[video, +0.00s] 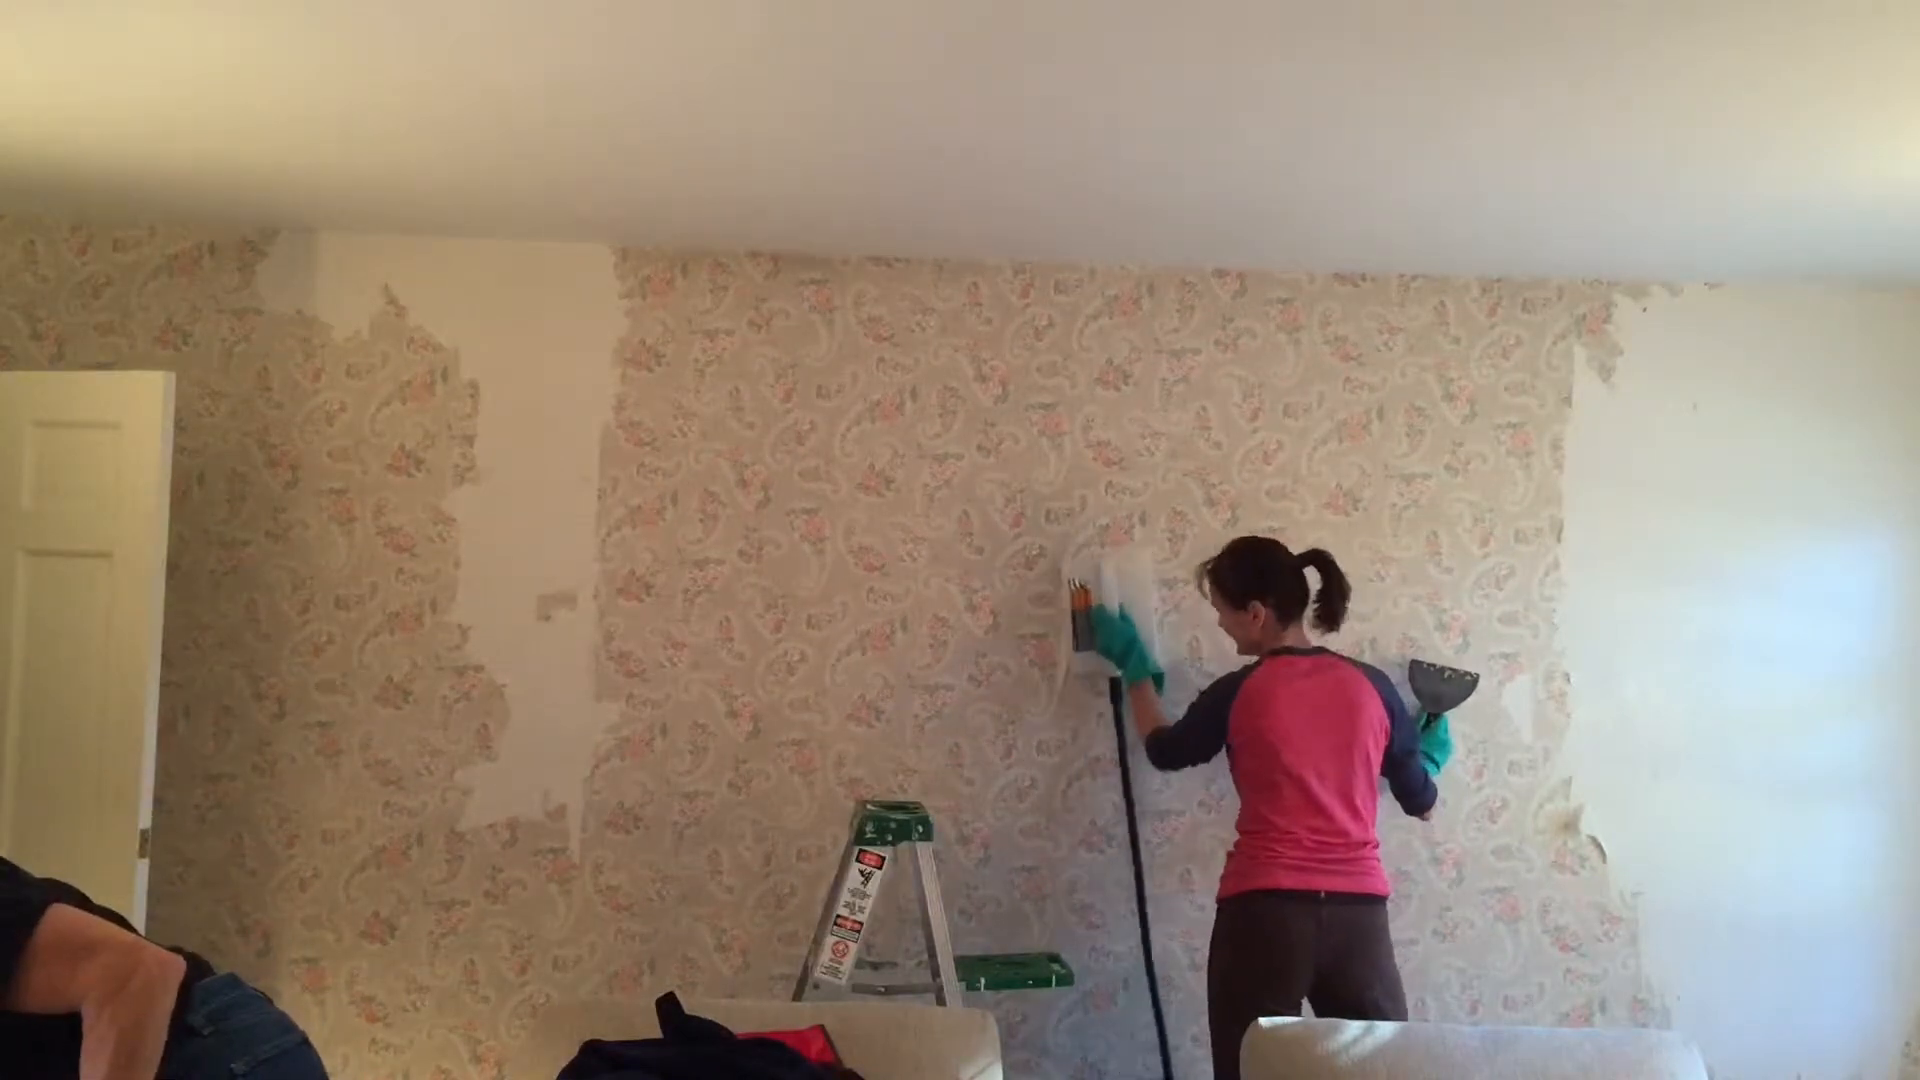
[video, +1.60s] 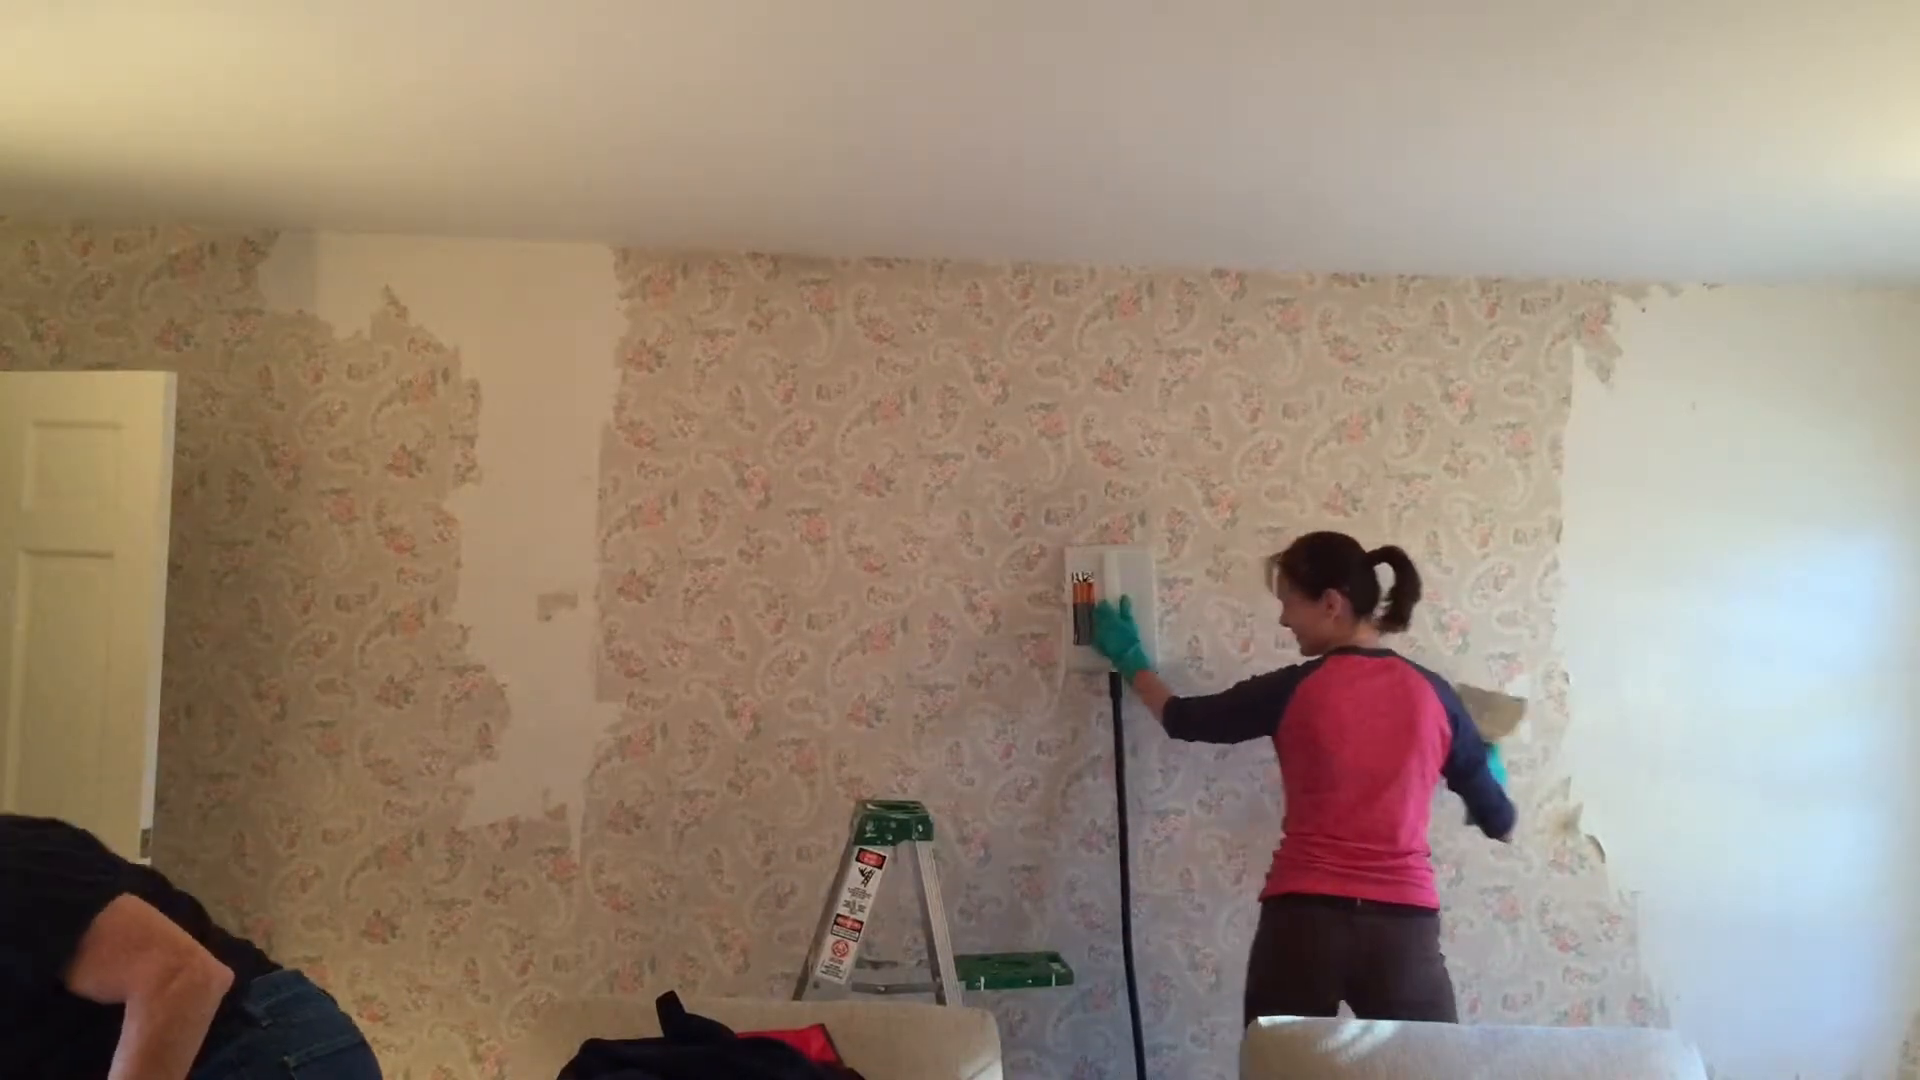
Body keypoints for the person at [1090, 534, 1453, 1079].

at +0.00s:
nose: (1218, 622)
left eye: (1221, 609)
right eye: (1216, 609)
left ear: (1257, 613)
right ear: (1296, 607)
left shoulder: (1239, 690)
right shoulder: (1374, 688)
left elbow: (1164, 750)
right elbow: (1418, 799)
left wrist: (1135, 672)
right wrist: (1430, 755)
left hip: (1261, 923)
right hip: (1359, 925)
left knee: (1247, 1074)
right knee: (1384, 1073)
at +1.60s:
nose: (1282, 618)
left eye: (1289, 601)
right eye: (1282, 601)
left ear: (1332, 604)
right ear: (1339, 604)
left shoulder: (1295, 687)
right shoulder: (1434, 694)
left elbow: (1182, 718)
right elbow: (1500, 820)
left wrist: (1130, 659)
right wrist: (1485, 769)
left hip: (1298, 931)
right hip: (1402, 939)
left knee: (1276, 1067)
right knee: (1431, 1075)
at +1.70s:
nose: (1303, 616)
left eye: (1310, 600)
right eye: (1304, 600)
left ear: (1353, 604)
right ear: (1369, 603)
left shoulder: (1314, 686)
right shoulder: (1458, 693)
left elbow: (1194, 710)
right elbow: (1529, 818)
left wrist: (1128, 655)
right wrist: (1533, 784)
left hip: (1324, 928)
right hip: (1428, 935)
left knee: (1292, 1073)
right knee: (1453, 1076)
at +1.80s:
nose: (1330, 617)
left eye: (1334, 603)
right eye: (1329, 603)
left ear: (1373, 604)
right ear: (1401, 605)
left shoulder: (1336, 687)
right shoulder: (1481, 695)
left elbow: (1211, 706)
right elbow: (1556, 814)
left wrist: (1137, 658)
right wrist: (1578, 797)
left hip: (1357, 933)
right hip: (1461, 938)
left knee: (1319, 1069)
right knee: (1483, 1074)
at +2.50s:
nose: (1387, 597)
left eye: (1389, 585)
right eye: (1394, 582)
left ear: (1395, 597)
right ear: (1464, 600)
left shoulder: (1357, 690)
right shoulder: (1506, 693)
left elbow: (1232, 723)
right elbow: (1576, 808)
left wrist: (1163, 659)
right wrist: (1593, 779)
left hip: (1397, 933)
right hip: (1502, 931)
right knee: (1531, 1079)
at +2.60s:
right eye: (1474, 602)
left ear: (1398, 608)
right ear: (1467, 612)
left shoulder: (1361, 697)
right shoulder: (1509, 699)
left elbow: (1246, 741)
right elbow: (1557, 811)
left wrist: (1196, 670)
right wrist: (1577, 777)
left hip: (1402, 942)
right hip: (1507, 939)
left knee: (1391, 1077)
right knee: (1545, 1077)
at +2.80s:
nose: (1501, 640)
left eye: (1501, 628)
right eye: (1501, 629)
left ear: (1429, 630)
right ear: (1488, 633)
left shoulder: (1382, 712)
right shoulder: (1528, 721)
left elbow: (1285, 767)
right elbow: (1553, 851)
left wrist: (1275, 699)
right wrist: (1566, 802)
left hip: (1411, 971)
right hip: (1519, 970)